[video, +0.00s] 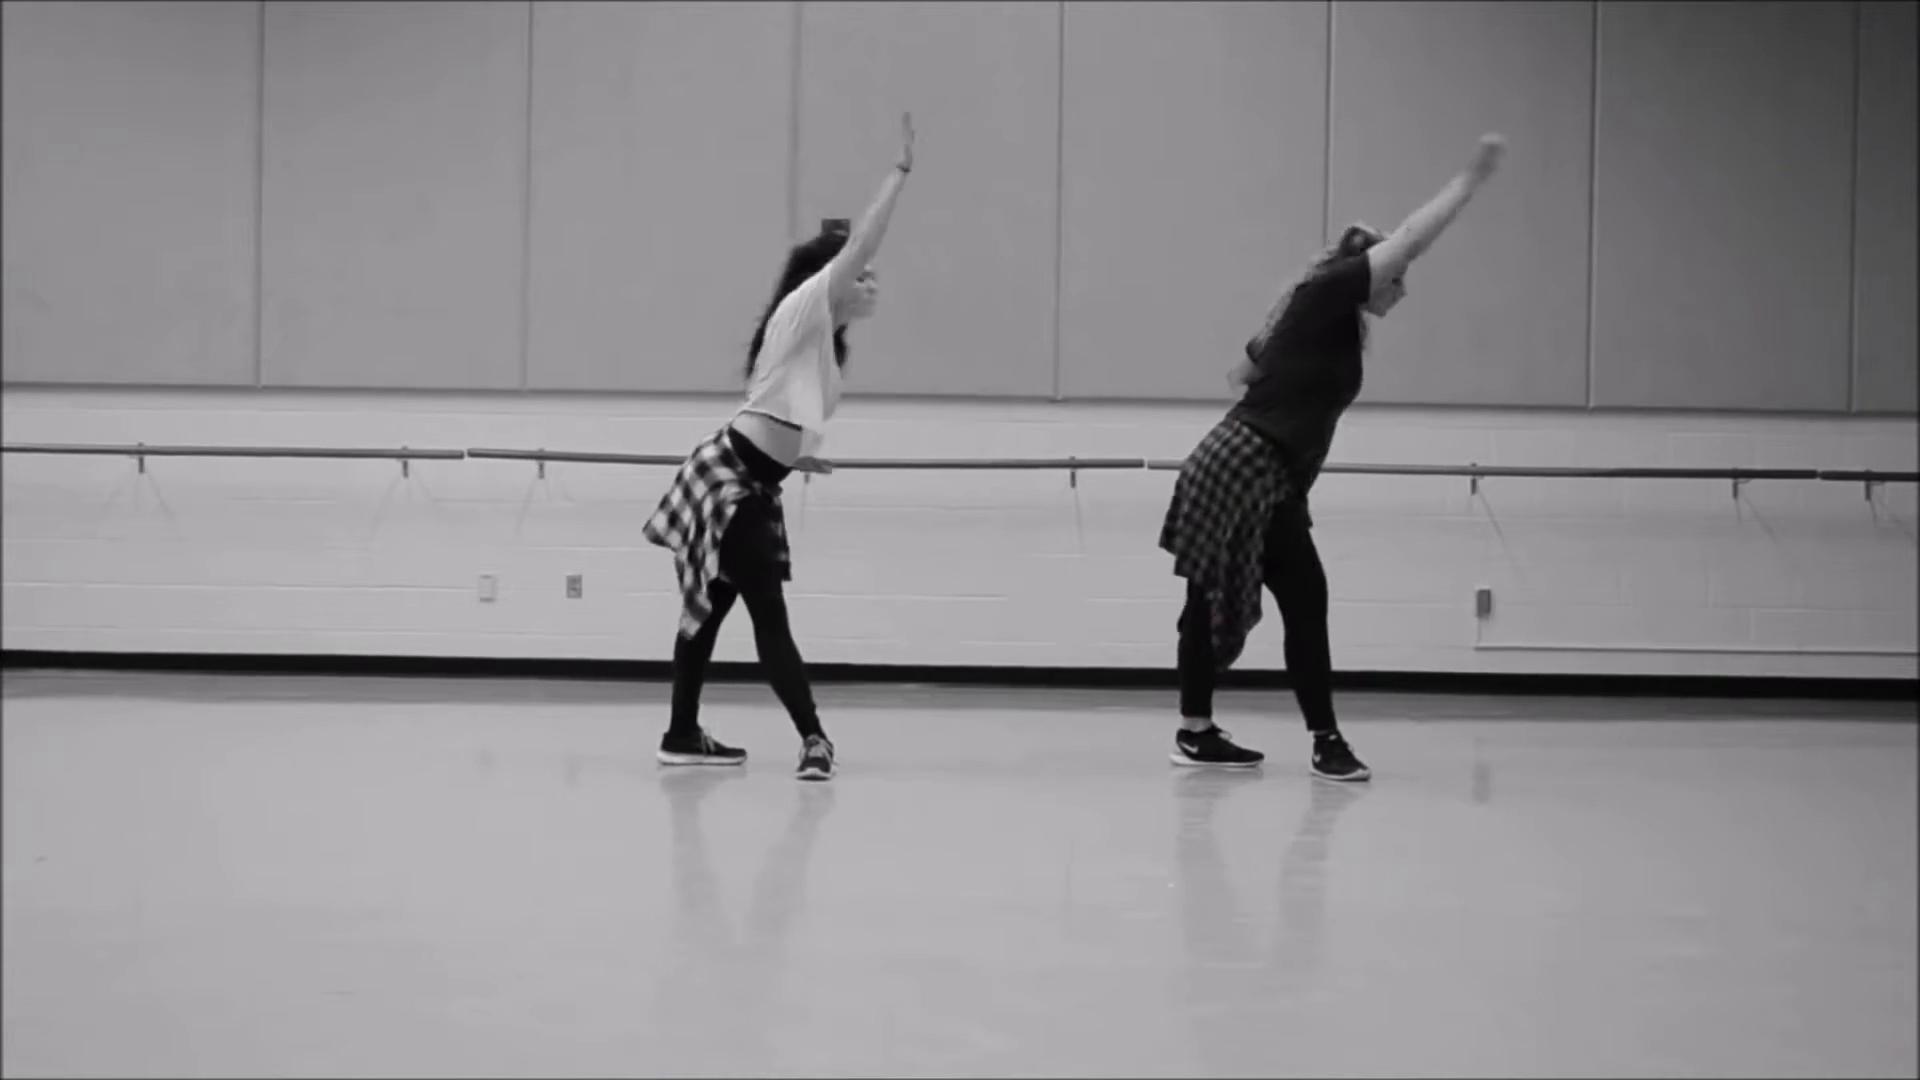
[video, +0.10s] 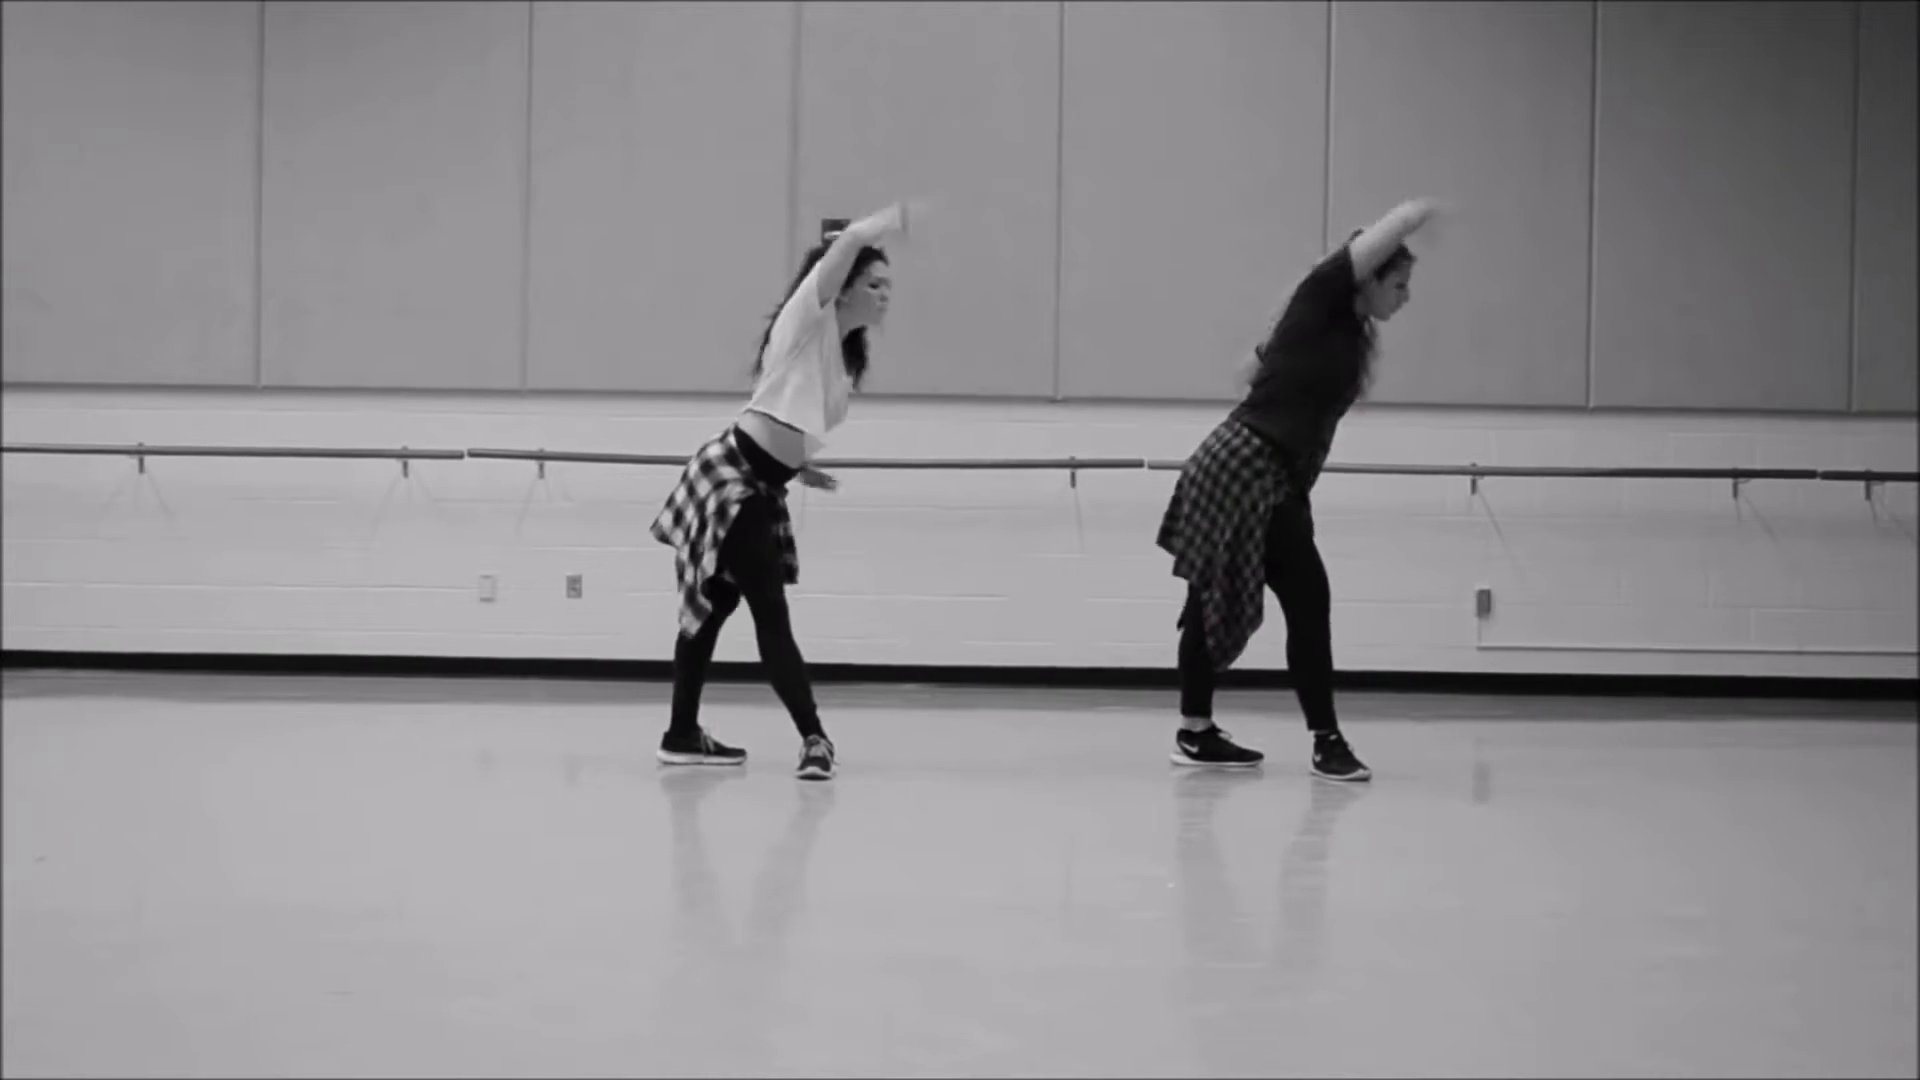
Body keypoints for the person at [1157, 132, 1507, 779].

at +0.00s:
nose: (1400, 292)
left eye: (1401, 281)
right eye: (1396, 278)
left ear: (1360, 268)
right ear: (1366, 267)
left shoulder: (1316, 305)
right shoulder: (1334, 286)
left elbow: (1249, 365)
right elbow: (1409, 236)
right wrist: (1470, 176)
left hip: (1254, 472)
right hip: (1248, 470)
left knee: (1211, 601)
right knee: (1303, 601)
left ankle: (1194, 729)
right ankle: (1326, 743)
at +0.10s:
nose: (1405, 299)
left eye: (1407, 288)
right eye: (1399, 286)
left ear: (1379, 280)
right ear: (1369, 277)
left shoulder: (1347, 327)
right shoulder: (1323, 297)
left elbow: (1266, 365)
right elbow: (1383, 232)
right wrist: (1415, 214)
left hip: (1269, 479)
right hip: (1251, 474)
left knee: (1212, 596)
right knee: (1308, 600)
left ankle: (1195, 729)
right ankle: (1328, 742)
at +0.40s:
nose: (1394, 295)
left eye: (1399, 286)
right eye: (1388, 282)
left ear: (1384, 287)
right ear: (1355, 270)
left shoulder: (1362, 345)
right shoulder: (1309, 289)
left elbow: (1390, 409)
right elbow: (1360, 201)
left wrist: (1407, 343)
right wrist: (1385, 230)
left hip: (1279, 483)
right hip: (1248, 471)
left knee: (1227, 598)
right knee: (1308, 595)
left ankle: (1196, 728)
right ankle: (1327, 741)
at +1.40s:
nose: (1425, 237)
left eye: (1436, 228)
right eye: (1413, 228)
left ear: (1452, 243)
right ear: (1392, 240)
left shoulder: (1460, 307)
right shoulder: (1369, 299)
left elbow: (1490, 326)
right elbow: (1378, 365)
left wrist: (1467, 280)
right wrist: (1409, 291)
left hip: (1432, 483)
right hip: (1361, 482)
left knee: (1487, 592)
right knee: (1349, 610)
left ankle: (1517, 719)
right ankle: (1329, 737)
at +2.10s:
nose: (1533, 268)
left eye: (1543, 263)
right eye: (1521, 258)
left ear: (1555, 278)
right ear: (1496, 269)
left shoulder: (1578, 340)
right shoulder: (1466, 336)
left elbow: (1617, 402)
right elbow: (1481, 380)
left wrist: (1573, 344)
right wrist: (1522, 319)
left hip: (1543, 510)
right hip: (1459, 505)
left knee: (1593, 625)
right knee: (1401, 615)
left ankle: (1598, 747)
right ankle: (1329, 736)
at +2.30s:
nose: (1544, 270)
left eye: (1555, 264)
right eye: (1532, 259)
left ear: (1564, 279)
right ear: (1507, 271)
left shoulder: (1581, 330)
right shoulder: (1478, 347)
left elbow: (1677, 317)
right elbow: (1483, 418)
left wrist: (1609, 339)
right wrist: (1554, 377)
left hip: (1543, 509)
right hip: (1459, 502)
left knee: (1590, 625)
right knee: (1399, 616)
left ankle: (1597, 746)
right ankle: (1329, 737)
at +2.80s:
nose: (1599, 288)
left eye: (1602, 278)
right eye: (1593, 276)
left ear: (1577, 277)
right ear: (1557, 270)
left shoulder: (1596, 347)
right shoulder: (1495, 321)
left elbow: (1661, 398)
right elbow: (1454, 322)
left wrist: (1623, 417)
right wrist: (1540, 352)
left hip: (1544, 505)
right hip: (1463, 497)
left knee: (1586, 624)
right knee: (1408, 621)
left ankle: (1595, 746)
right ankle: (1336, 738)